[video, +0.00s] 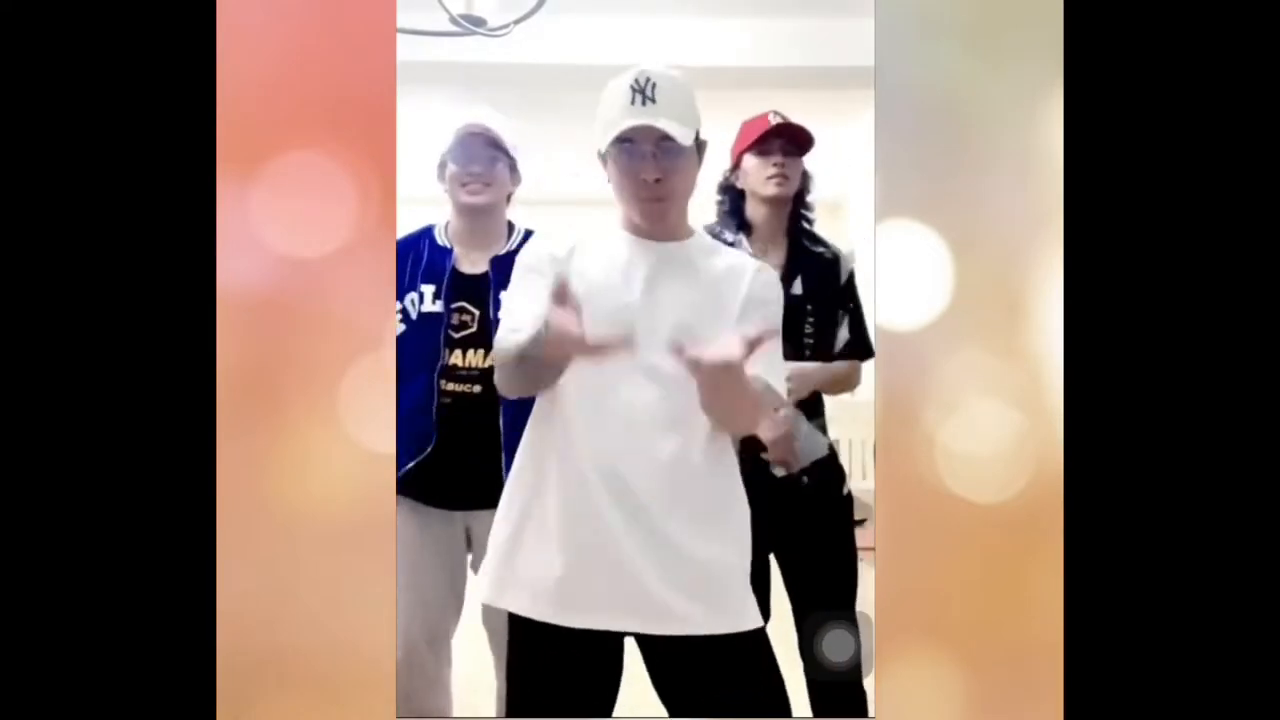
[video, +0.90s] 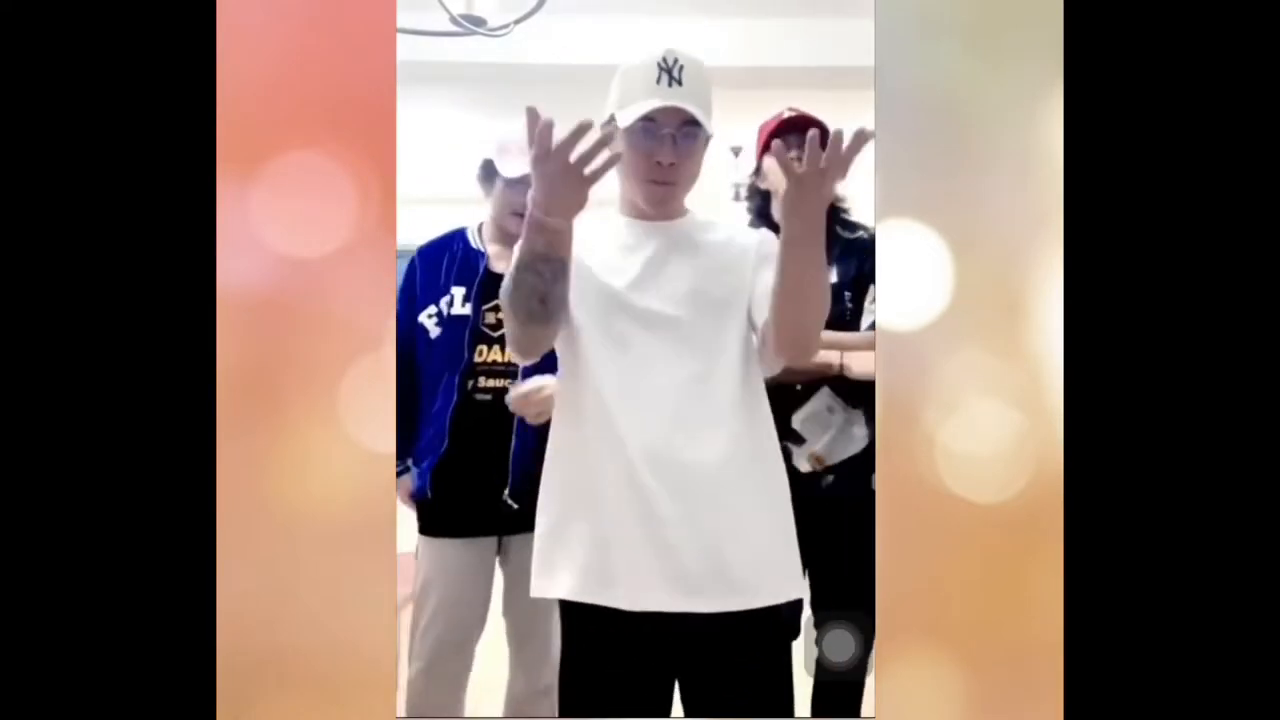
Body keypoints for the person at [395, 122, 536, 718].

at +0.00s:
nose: (475, 168)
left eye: (490, 159)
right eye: (462, 158)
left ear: (514, 178)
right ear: (442, 177)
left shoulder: (543, 261)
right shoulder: (402, 259)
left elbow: (567, 368)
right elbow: (363, 349)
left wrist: (559, 469)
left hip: (513, 484)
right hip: (420, 483)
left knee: (519, 652)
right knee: (417, 650)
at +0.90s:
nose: (524, 209)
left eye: (536, 198)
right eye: (515, 194)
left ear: (551, 203)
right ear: (486, 187)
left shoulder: (570, 273)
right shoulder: (432, 264)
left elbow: (613, 365)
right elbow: (395, 368)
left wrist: (570, 390)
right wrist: (397, 463)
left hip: (544, 496)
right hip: (455, 494)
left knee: (541, 661)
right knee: (439, 655)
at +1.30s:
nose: (527, 192)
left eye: (540, 178)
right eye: (514, 175)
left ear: (552, 184)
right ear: (479, 173)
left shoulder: (562, 264)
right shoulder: (417, 253)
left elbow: (588, 381)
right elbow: (377, 375)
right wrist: (385, 498)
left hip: (544, 493)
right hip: (453, 493)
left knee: (530, 666)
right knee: (439, 665)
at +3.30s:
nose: (495, 162)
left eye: (510, 154)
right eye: (481, 153)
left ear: (531, 179)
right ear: (457, 174)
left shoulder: (553, 268)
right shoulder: (408, 268)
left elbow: (581, 383)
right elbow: (370, 381)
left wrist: (561, 482)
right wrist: (381, 477)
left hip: (529, 506)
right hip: (436, 510)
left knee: (527, 673)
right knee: (436, 676)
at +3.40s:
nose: (491, 170)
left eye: (506, 161)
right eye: (477, 161)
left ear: (527, 183)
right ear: (452, 181)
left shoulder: (554, 264)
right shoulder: (404, 266)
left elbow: (579, 381)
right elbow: (369, 380)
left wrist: (565, 482)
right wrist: (378, 481)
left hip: (523, 503)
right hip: (426, 505)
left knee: (520, 661)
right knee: (427, 667)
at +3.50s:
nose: (490, 167)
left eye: (504, 158)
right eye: (475, 158)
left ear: (525, 181)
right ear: (451, 178)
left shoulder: (555, 261)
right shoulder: (402, 260)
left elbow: (580, 372)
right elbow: (348, 347)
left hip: (521, 504)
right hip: (424, 505)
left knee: (518, 661)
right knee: (425, 667)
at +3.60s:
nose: (488, 165)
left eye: (502, 156)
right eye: (475, 156)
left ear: (525, 175)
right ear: (451, 173)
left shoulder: (543, 255)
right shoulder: (411, 249)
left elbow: (571, 341)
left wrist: (523, 256)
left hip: (515, 489)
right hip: (424, 489)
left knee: (511, 651)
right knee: (428, 656)